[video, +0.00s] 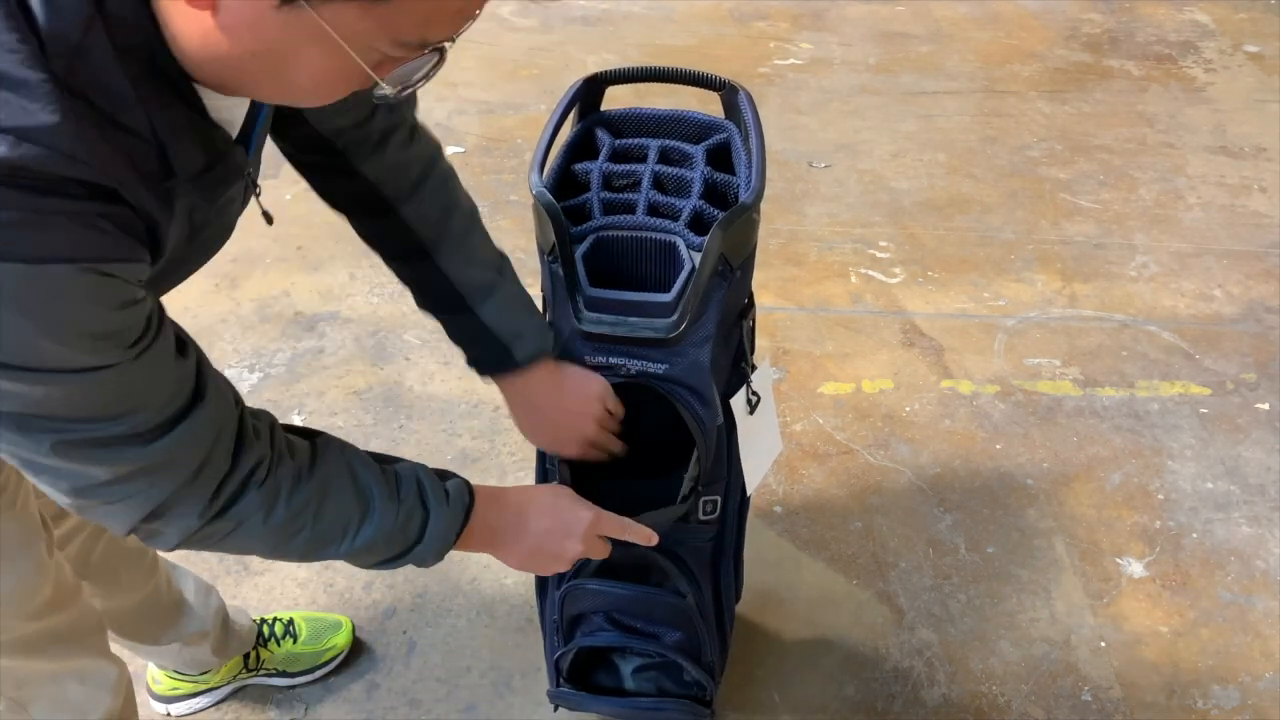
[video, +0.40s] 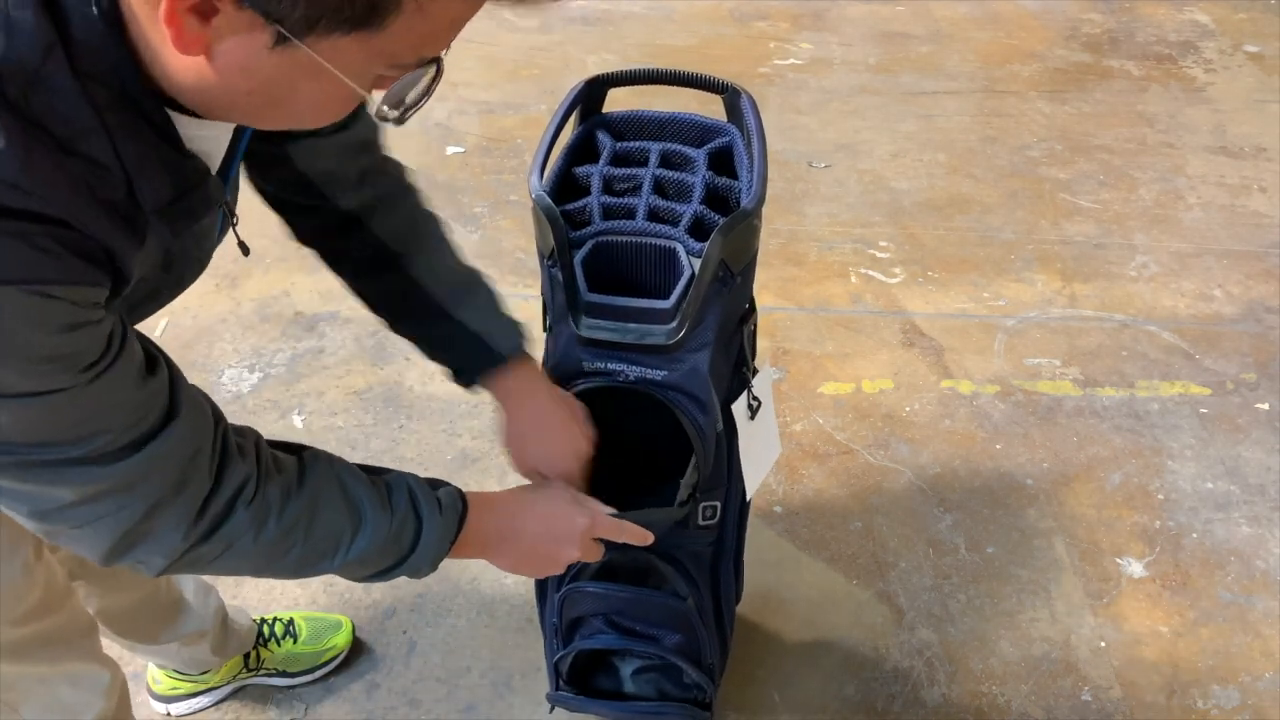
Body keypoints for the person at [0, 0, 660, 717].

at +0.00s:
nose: (408, 82)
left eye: (426, 56)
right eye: (398, 57)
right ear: (238, 13)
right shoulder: (32, 223)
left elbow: (373, 149)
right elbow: (201, 480)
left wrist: (523, 364)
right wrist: (479, 518)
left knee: (83, 513)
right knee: (39, 622)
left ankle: (200, 653)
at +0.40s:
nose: (382, 104)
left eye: (406, 77)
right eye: (383, 76)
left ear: (194, 17)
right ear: (198, 23)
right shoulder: (19, 256)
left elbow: (347, 189)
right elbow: (178, 498)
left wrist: (515, 380)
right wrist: (472, 524)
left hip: (45, 361)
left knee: (97, 518)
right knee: (37, 628)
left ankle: (199, 654)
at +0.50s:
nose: (383, 63)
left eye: (398, 41)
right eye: (386, 41)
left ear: (206, 2)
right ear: (211, 3)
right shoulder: (25, 257)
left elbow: (226, 145)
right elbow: (191, 485)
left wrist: (369, 316)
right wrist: (480, 506)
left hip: (45, 363)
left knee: (94, 520)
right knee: (38, 620)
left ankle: (198, 653)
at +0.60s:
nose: (379, 7)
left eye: (380, 1)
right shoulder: (33, 182)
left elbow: (193, 162)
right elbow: (202, 452)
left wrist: (337, 329)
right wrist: (482, 436)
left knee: (78, 512)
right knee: (45, 641)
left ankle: (197, 653)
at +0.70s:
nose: (341, 6)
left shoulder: (196, 16)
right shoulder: (47, 131)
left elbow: (235, 193)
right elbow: (228, 448)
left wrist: (392, 370)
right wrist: (515, 458)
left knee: (76, 505)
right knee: (35, 625)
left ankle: (198, 654)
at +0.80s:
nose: (334, 5)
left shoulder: (212, 21)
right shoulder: (76, 105)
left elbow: (304, 235)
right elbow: (309, 407)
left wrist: (452, 423)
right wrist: (572, 473)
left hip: (5, 356)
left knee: (72, 521)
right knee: (39, 658)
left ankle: (199, 652)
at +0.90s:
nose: (331, 7)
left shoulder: (196, 24)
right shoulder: (87, 84)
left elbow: (304, 237)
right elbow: (310, 408)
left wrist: (443, 409)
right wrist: (570, 489)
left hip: (4, 360)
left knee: (75, 523)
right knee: (43, 659)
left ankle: (199, 653)